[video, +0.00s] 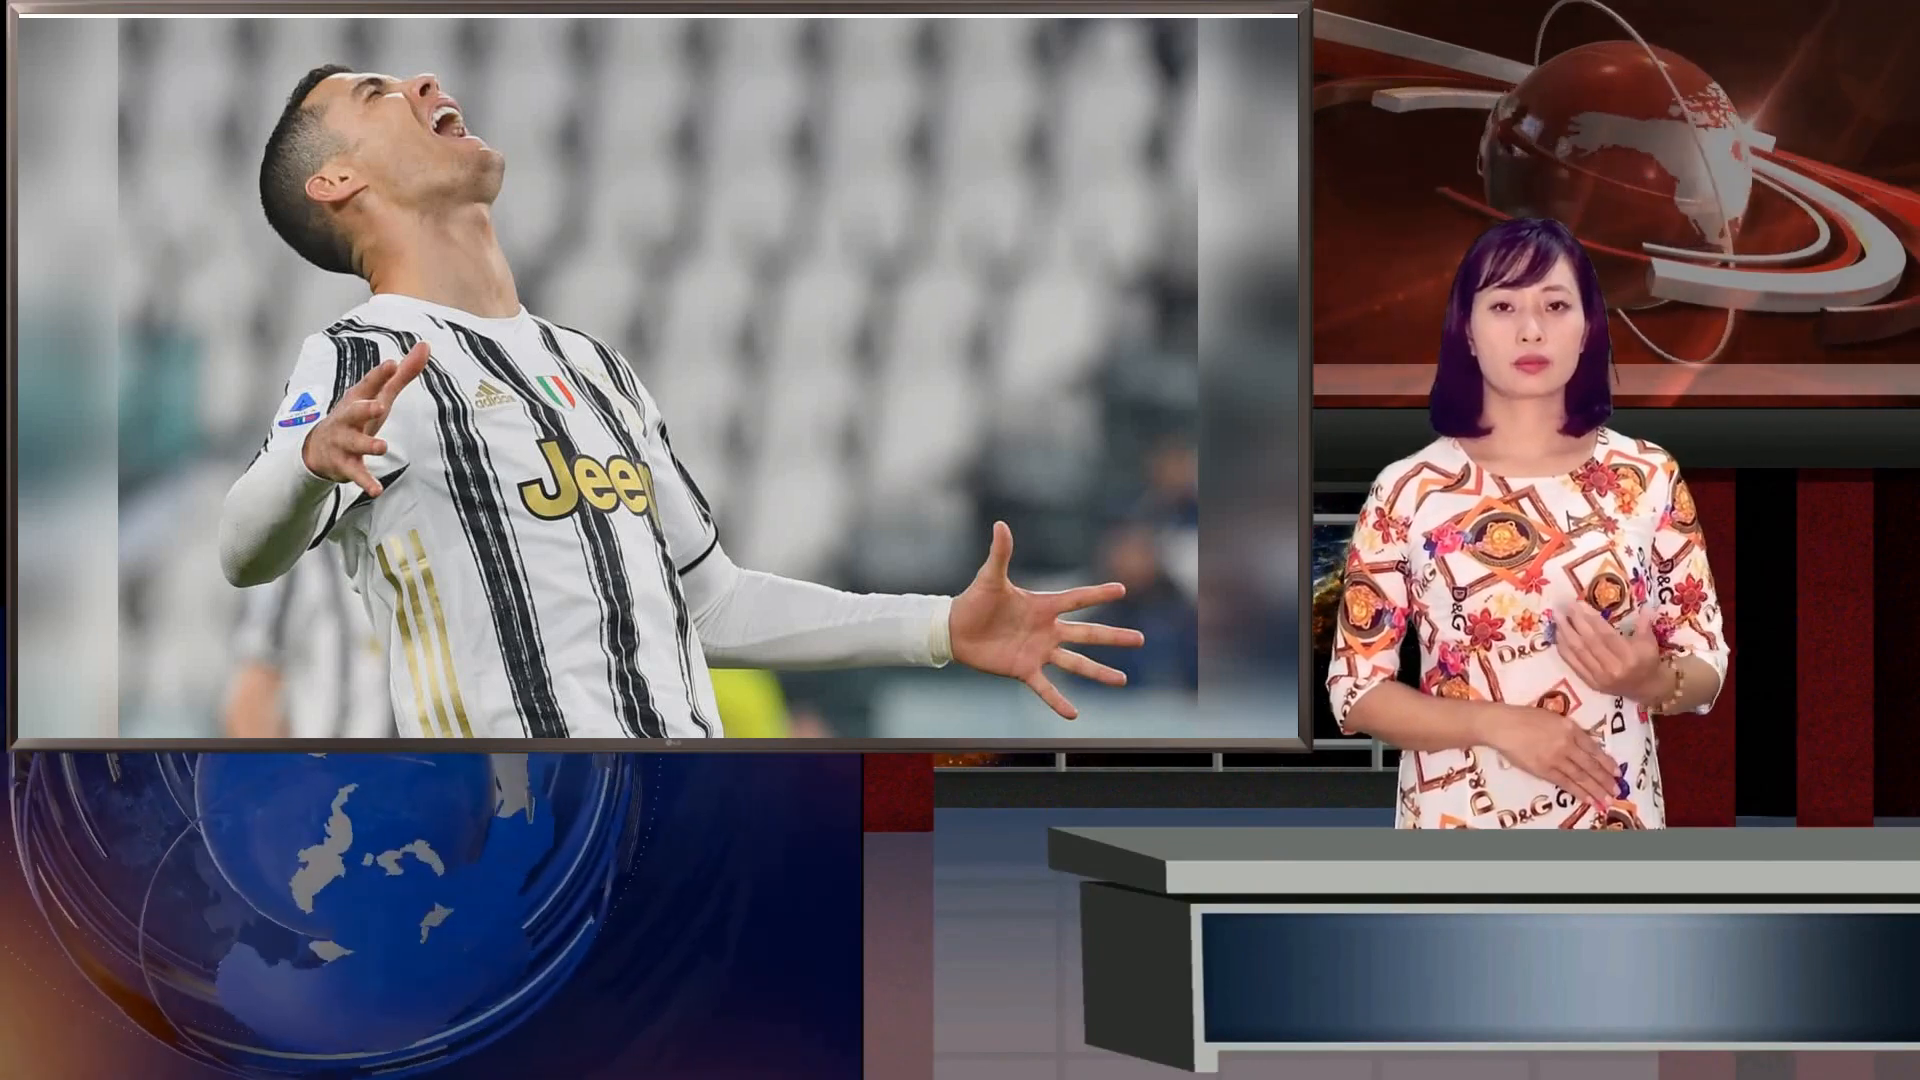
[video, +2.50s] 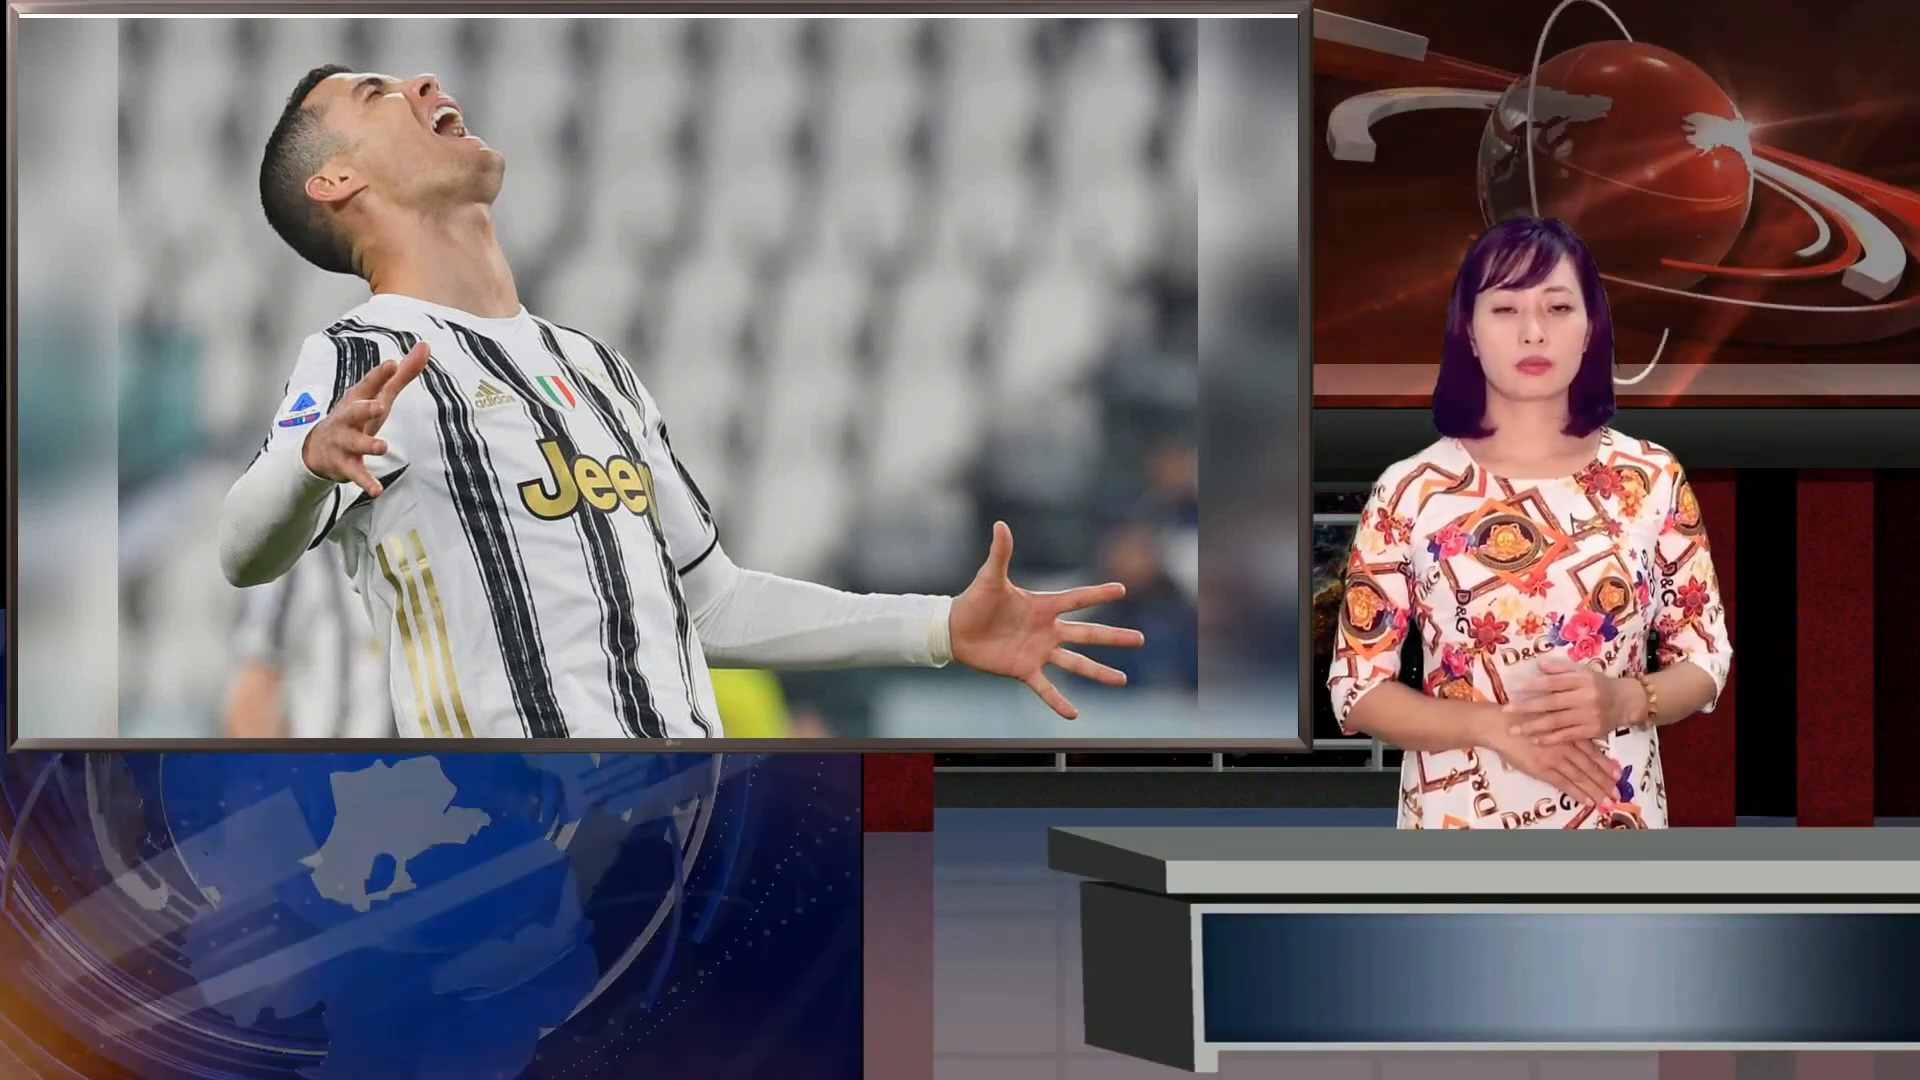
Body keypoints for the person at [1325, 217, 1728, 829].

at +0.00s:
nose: (1531, 329)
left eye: (1555, 305)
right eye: (1502, 307)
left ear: (1588, 326)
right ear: (1466, 328)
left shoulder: (1647, 479)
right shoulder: (1406, 492)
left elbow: (1704, 668)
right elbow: (1355, 689)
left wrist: (1652, 682)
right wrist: (1498, 724)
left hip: (1613, 833)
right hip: (1456, 832)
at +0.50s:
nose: (1531, 329)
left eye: (1556, 306)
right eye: (1503, 308)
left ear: (1588, 326)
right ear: (1467, 329)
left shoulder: (1647, 479)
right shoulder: (1407, 491)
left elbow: (1707, 660)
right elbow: (1355, 689)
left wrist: (1608, 700)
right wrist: (1492, 722)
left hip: (1613, 830)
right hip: (1457, 829)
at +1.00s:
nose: (1529, 330)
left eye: (1554, 307)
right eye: (1502, 309)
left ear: (1588, 326)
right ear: (1466, 330)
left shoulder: (1648, 478)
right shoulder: (1408, 490)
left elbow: (1704, 657)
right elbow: (1355, 688)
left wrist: (1602, 711)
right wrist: (1502, 728)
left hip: (1611, 829)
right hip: (1456, 829)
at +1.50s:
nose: (1530, 330)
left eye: (1555, 306)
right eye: (1503, 308)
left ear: (1590, 326)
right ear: (1467, 329)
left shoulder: (1649, 478)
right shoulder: (1408, 491)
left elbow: (1705, 661)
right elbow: (1356, 688)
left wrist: (1602, 713)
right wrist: (1499, 729)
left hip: (1613, 830)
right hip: (1457, 830)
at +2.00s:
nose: (1532, 330)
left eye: (1558, 307)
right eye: (1504, 308)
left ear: (1591, 326)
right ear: (1468, 329)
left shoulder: (1651, 479)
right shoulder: (1409, 491)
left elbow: (1704, 661)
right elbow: (1356, 689)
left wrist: (1622, 697)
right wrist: (1490, 725)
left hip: (1616, 833)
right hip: (1459, 831)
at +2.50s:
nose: (1533, 331)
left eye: (1558, 307)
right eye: (1505, 309)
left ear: (1591, 326)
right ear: (1467, 329)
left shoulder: (1650, 479)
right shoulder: (1409, 492)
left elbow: (1704, 661)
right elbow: (1356, 689)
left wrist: (1622, 701)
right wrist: (1490, 724)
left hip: (1616, 831)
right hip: (1460, 830)